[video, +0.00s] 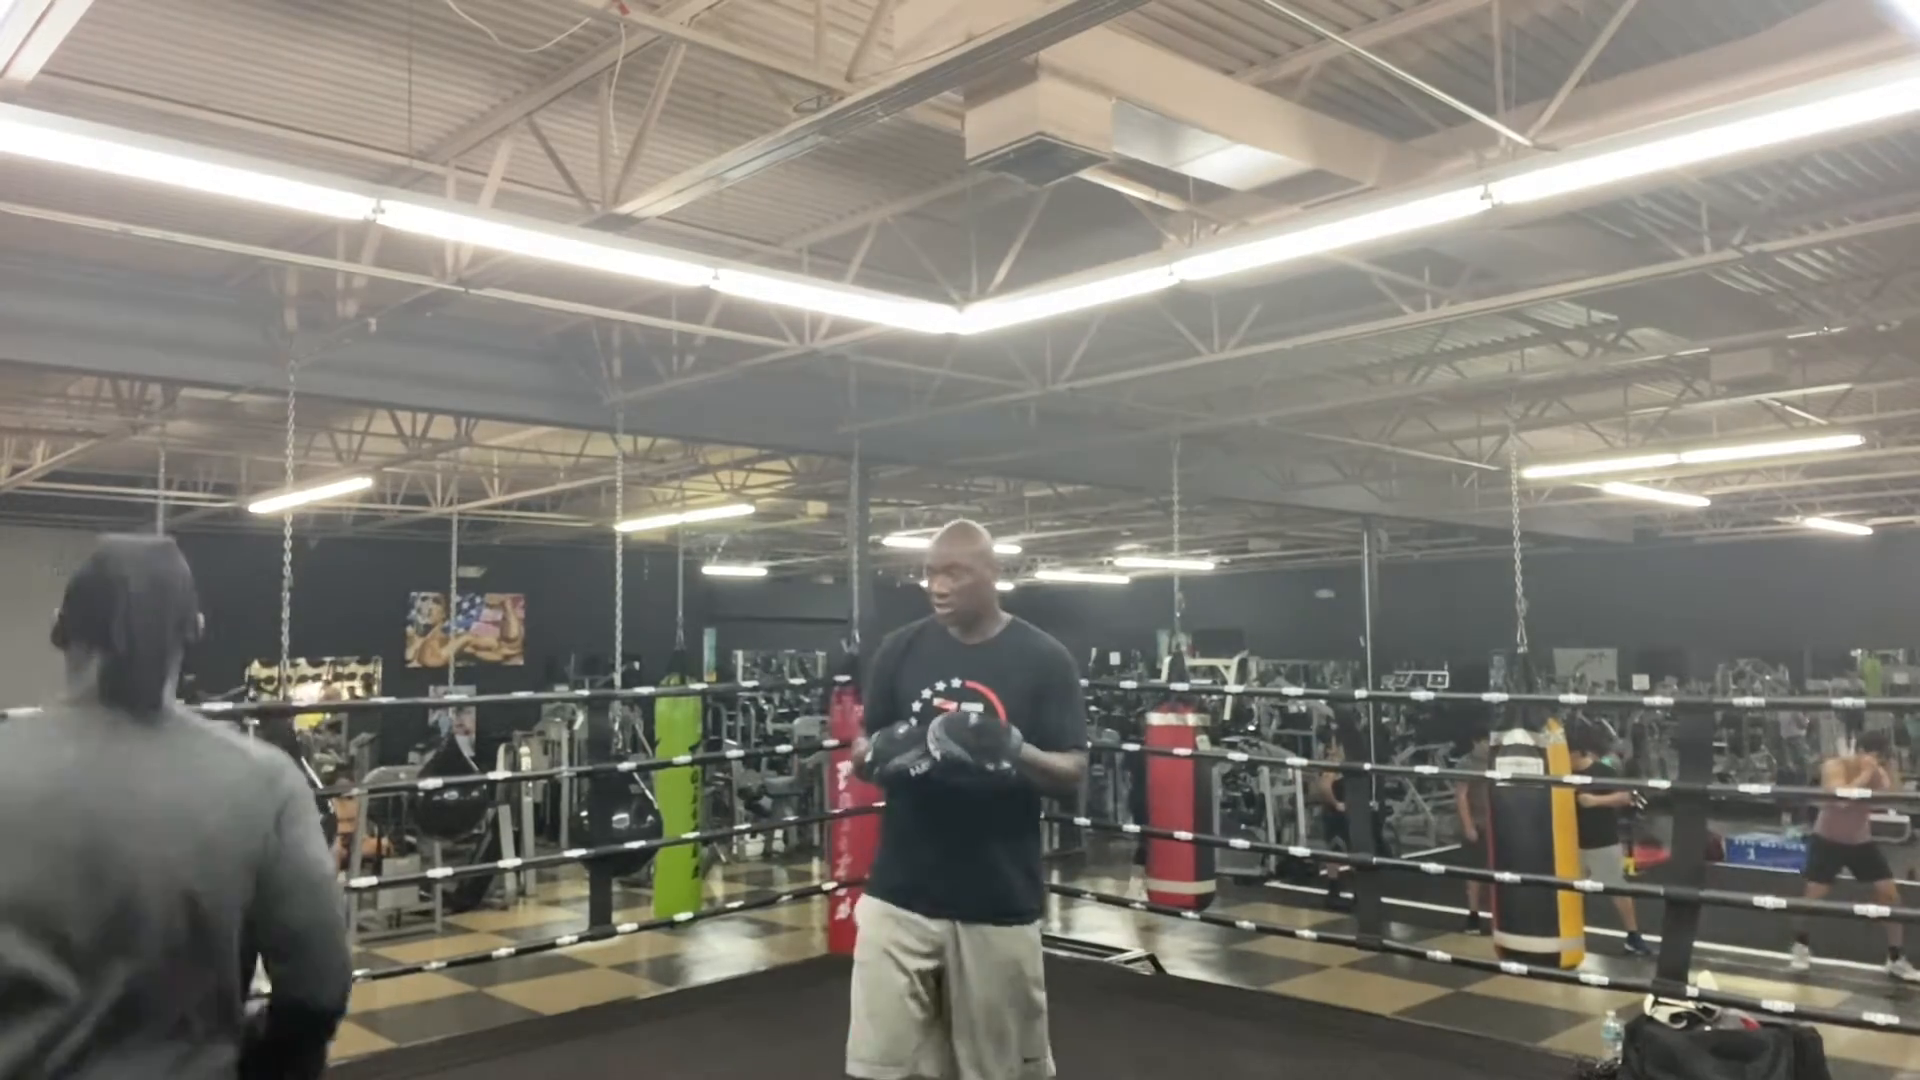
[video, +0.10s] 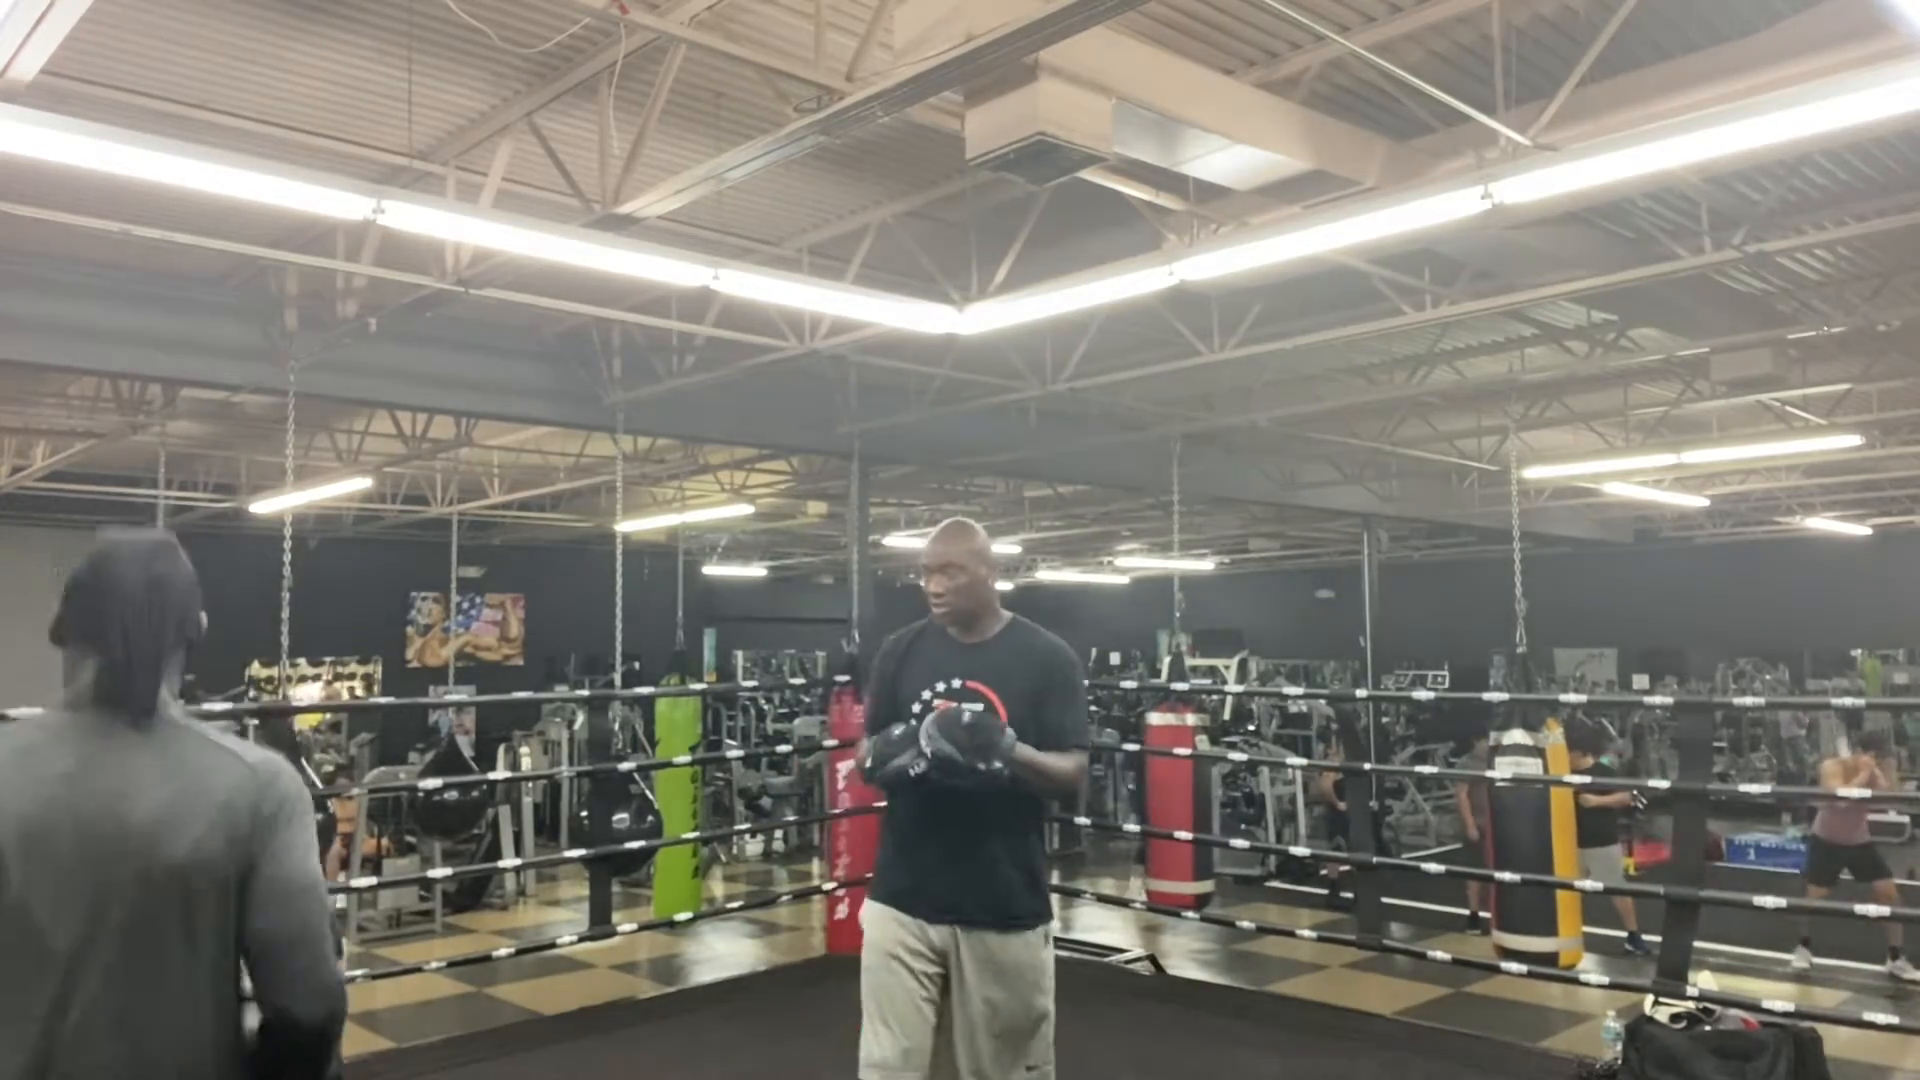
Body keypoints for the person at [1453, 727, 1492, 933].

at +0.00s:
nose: (1487, 747)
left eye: (1488, 742)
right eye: (1483, 743)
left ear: (1491, 744)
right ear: (1474, 744)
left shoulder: (1495, 764)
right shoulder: (1468, 765)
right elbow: (1461, 795)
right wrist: (1468, 825)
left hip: (1495, 823)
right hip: (1478, 824)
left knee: (1493, 870)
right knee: (1474, 869)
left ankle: (1494, 911)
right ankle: (1473, 912)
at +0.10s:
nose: (1487, 747)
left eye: (1489, 743)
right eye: (1483, 743)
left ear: (1492, 745)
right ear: (1475, 744)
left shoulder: (1496, 763)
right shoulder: (1468, 764)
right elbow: (1461, 793)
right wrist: (1470, 823)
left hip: (1496, 823)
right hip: (1479, 824)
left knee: (1494, 871)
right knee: (1475, 870)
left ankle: (1493, 910)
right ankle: (1473, 912)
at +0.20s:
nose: (1486, 747)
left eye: (1487, 742)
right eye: (1482, 743)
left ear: (1490, 745)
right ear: (1474, 744)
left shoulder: (1492, 764)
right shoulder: (1468, 764)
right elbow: (1462, 793)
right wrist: (1471, 822)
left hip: (1493, 823)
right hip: (1479, 824)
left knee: (1490, 870)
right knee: (1475, 869)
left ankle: (1490, 910)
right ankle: (1474, 912)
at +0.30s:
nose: (1487, 747)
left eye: (1488, 742)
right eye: (1483, 742)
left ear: (1488, 744)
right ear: (1474, 743)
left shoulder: (1489, 765)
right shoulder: (1468, 764)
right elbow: (1462, 793)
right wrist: (1471, 822)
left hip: (1491, 822)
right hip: (1478, 824)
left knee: (1489, 871)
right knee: (1475, 870)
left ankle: (1489, 911)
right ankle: (1474, 913)